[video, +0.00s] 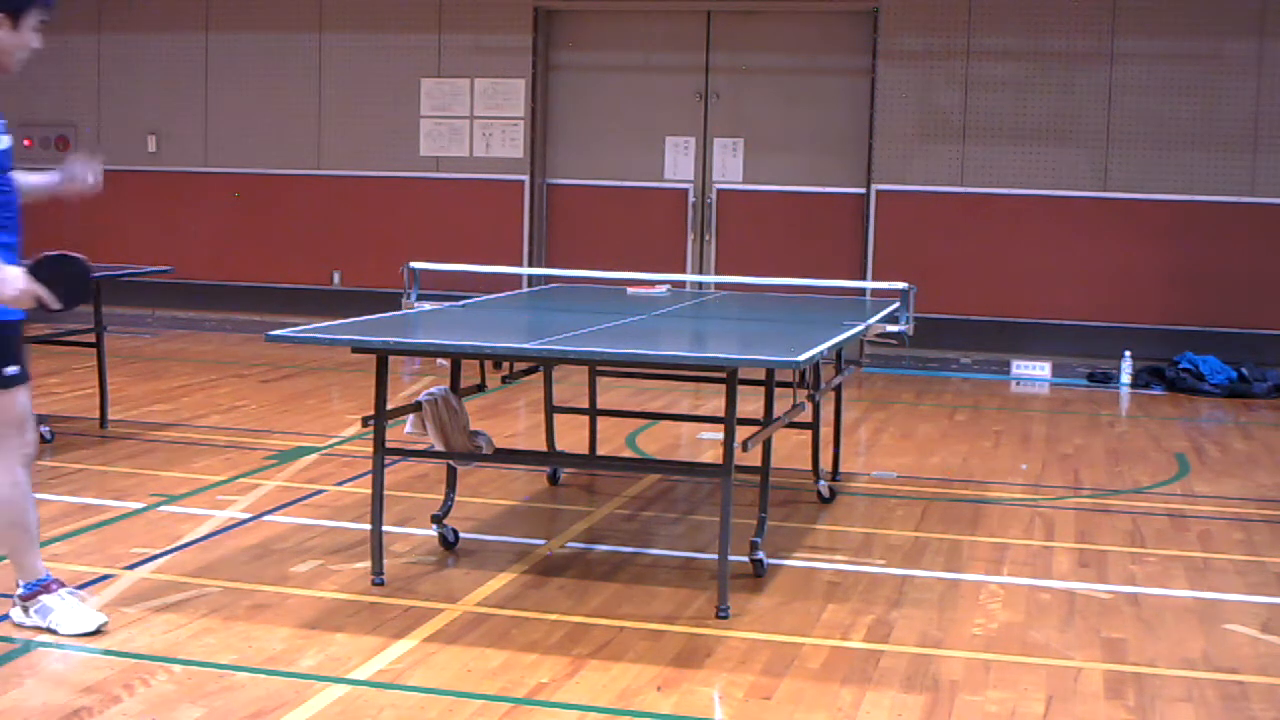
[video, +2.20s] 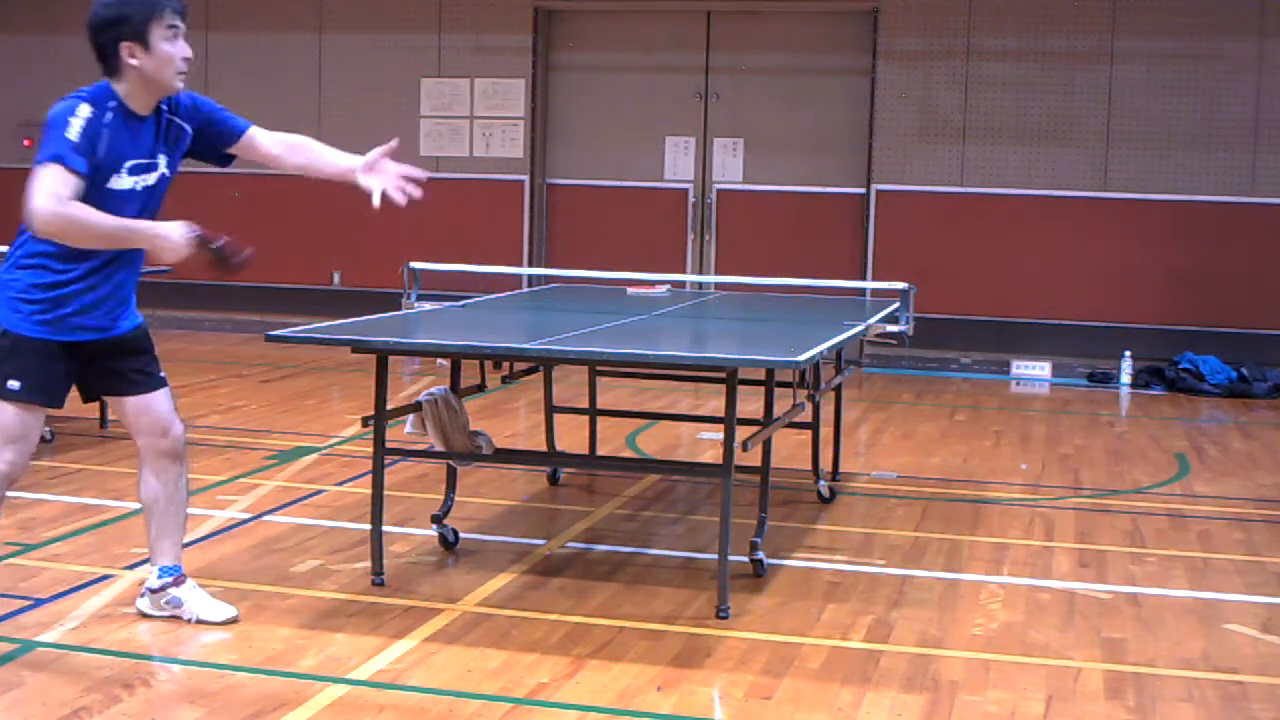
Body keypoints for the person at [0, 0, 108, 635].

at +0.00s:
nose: (38, 42)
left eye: (40, 29)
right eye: (33, 26)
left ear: (12, 30)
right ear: (4, 25)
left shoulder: (4, 111)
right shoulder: (3, 110)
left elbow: (3, 183)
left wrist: (59, 180)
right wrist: (2, 274)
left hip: (8, 305)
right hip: (1, 310)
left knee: (18, 441)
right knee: (16, 443)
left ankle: (30, 584)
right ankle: (32, 586)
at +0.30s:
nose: (115, 41)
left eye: (118, 28)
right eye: (110, 26)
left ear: (74, 25)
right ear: (72, 23)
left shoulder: (61, 88)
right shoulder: (19, 83)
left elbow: (74, 192)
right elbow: (3, 195)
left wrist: (120, 139)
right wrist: (85, 243)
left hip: (74, 293)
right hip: (27, 298)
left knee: (108, 420)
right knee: (41, 439)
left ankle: (90, 565)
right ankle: (35, 591)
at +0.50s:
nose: (161, 48)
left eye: (165, 36)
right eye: (156, 33)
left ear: (121, 29)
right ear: (114, 26)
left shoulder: (123, 96)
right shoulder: (54, 91)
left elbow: (137, 184)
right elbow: (29, 196)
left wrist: (202, 192)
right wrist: (121, 226)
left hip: (106, 294)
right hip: (43, 297)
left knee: (135, 433)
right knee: (50, 440)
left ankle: (160, 577)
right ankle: (36, 591)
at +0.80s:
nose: (243, 69)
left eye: (249, 56)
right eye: (237, 53)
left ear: (214, 51)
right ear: (194, 43)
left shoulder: (211, 119)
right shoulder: (130, 100)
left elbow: (217, 214)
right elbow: (110, 206)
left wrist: (293, 214)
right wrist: (209, 226)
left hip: (149, 296)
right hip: (81, 292)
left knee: (165, 438)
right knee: (77, 437)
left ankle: (165, 582)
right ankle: (34, 586)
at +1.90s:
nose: (250, 84)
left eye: (251, 70)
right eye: (239, 69)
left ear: (206, 71)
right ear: (195, 69)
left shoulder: (230, 135)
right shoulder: (132, 127)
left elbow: (293, 196)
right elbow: (147, 235)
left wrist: (359, 192)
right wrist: (243, 218)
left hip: (130, 307)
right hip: (58, 300)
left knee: (169, 434)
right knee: (19, 448)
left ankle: (165, 582)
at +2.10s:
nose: (206, 57)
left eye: (203, 44)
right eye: (192, 44)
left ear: (165, 58)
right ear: (148, 57)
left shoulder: (192, 116)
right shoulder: (95, 122)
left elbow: (281, 145)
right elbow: (89, 229)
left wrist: (366, 156)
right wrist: (190, 229)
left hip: (116, 311)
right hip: (39, 311)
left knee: (166, 436)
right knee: (12, 452)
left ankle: (165, 582)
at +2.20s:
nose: (186, 49)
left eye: (183, 35)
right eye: (172, 37)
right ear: (128, 53)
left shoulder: (181, 113)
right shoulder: (80, 115)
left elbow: (271, 147)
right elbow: (44, 211)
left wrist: (358, 166)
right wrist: (151, 235)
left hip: (110, 312)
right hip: (32, 311)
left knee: (164, 438)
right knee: (10, 454)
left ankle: (165, 582)